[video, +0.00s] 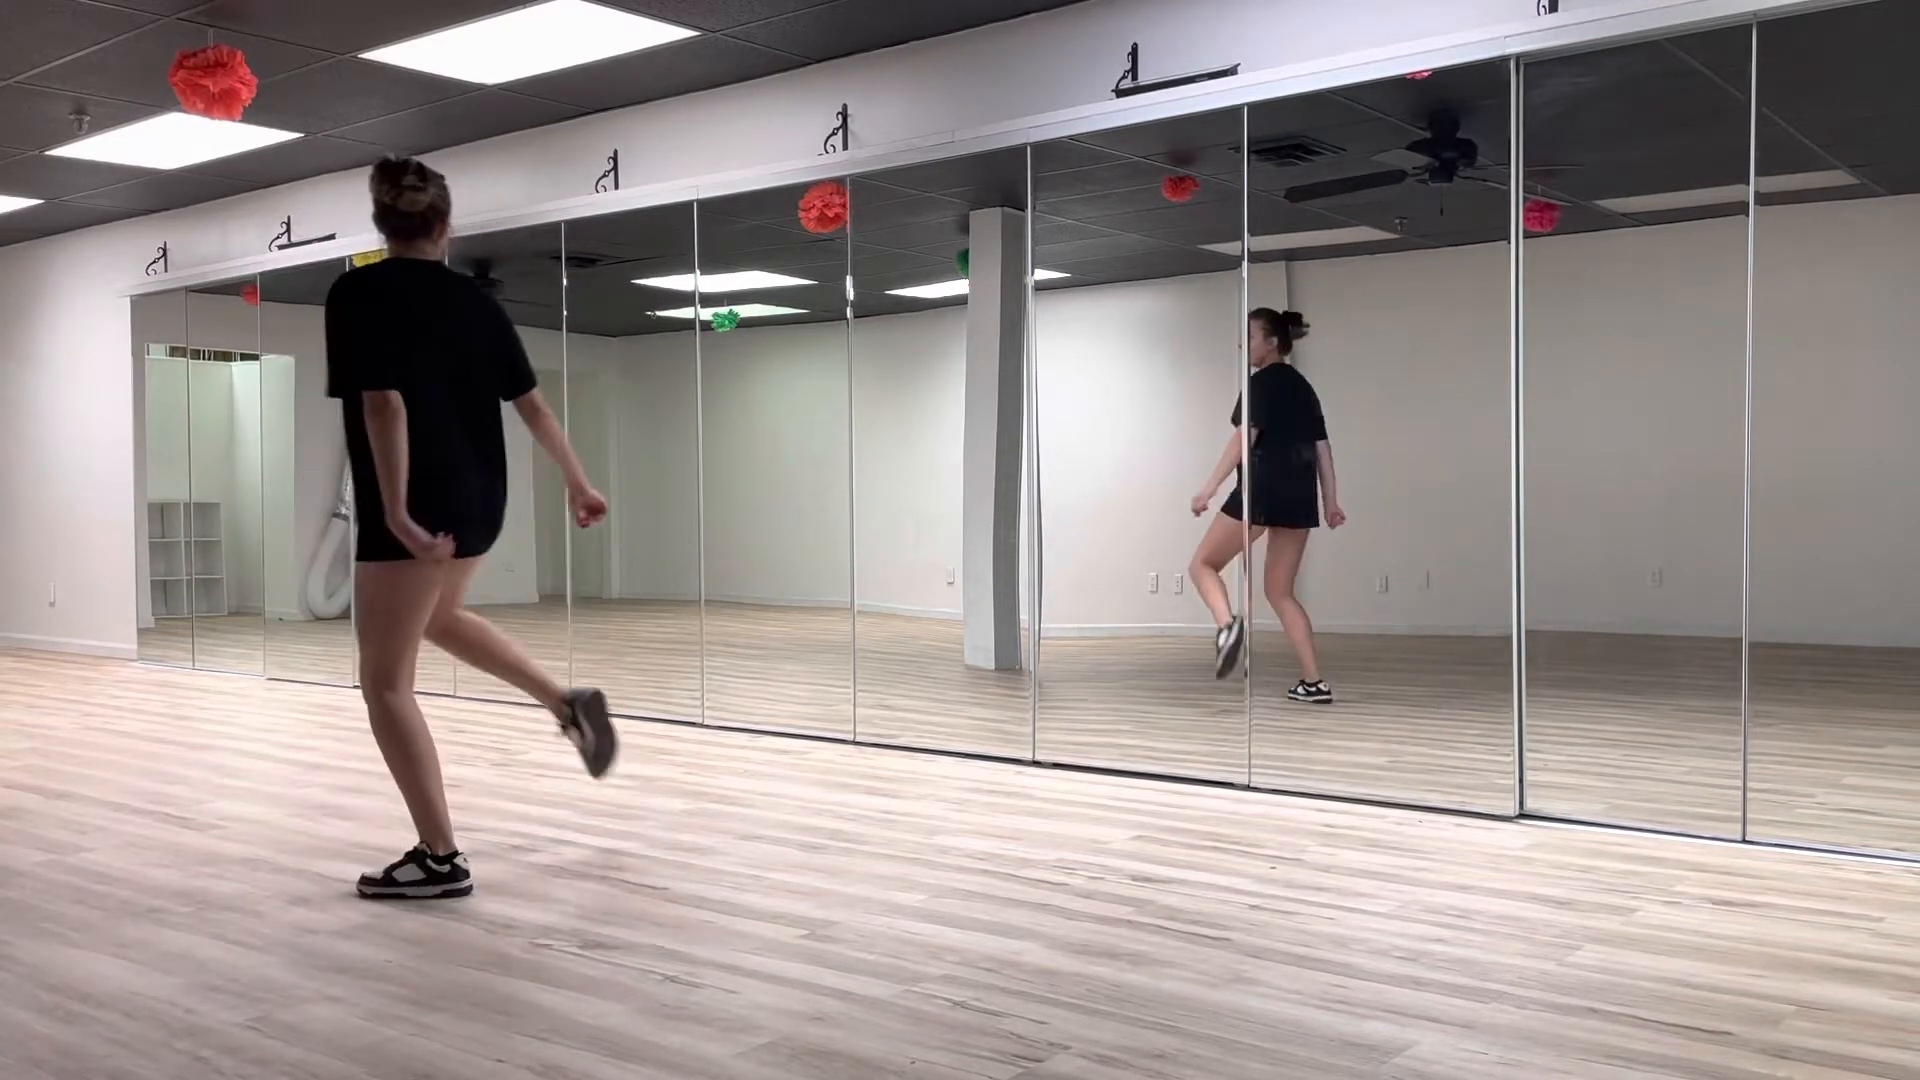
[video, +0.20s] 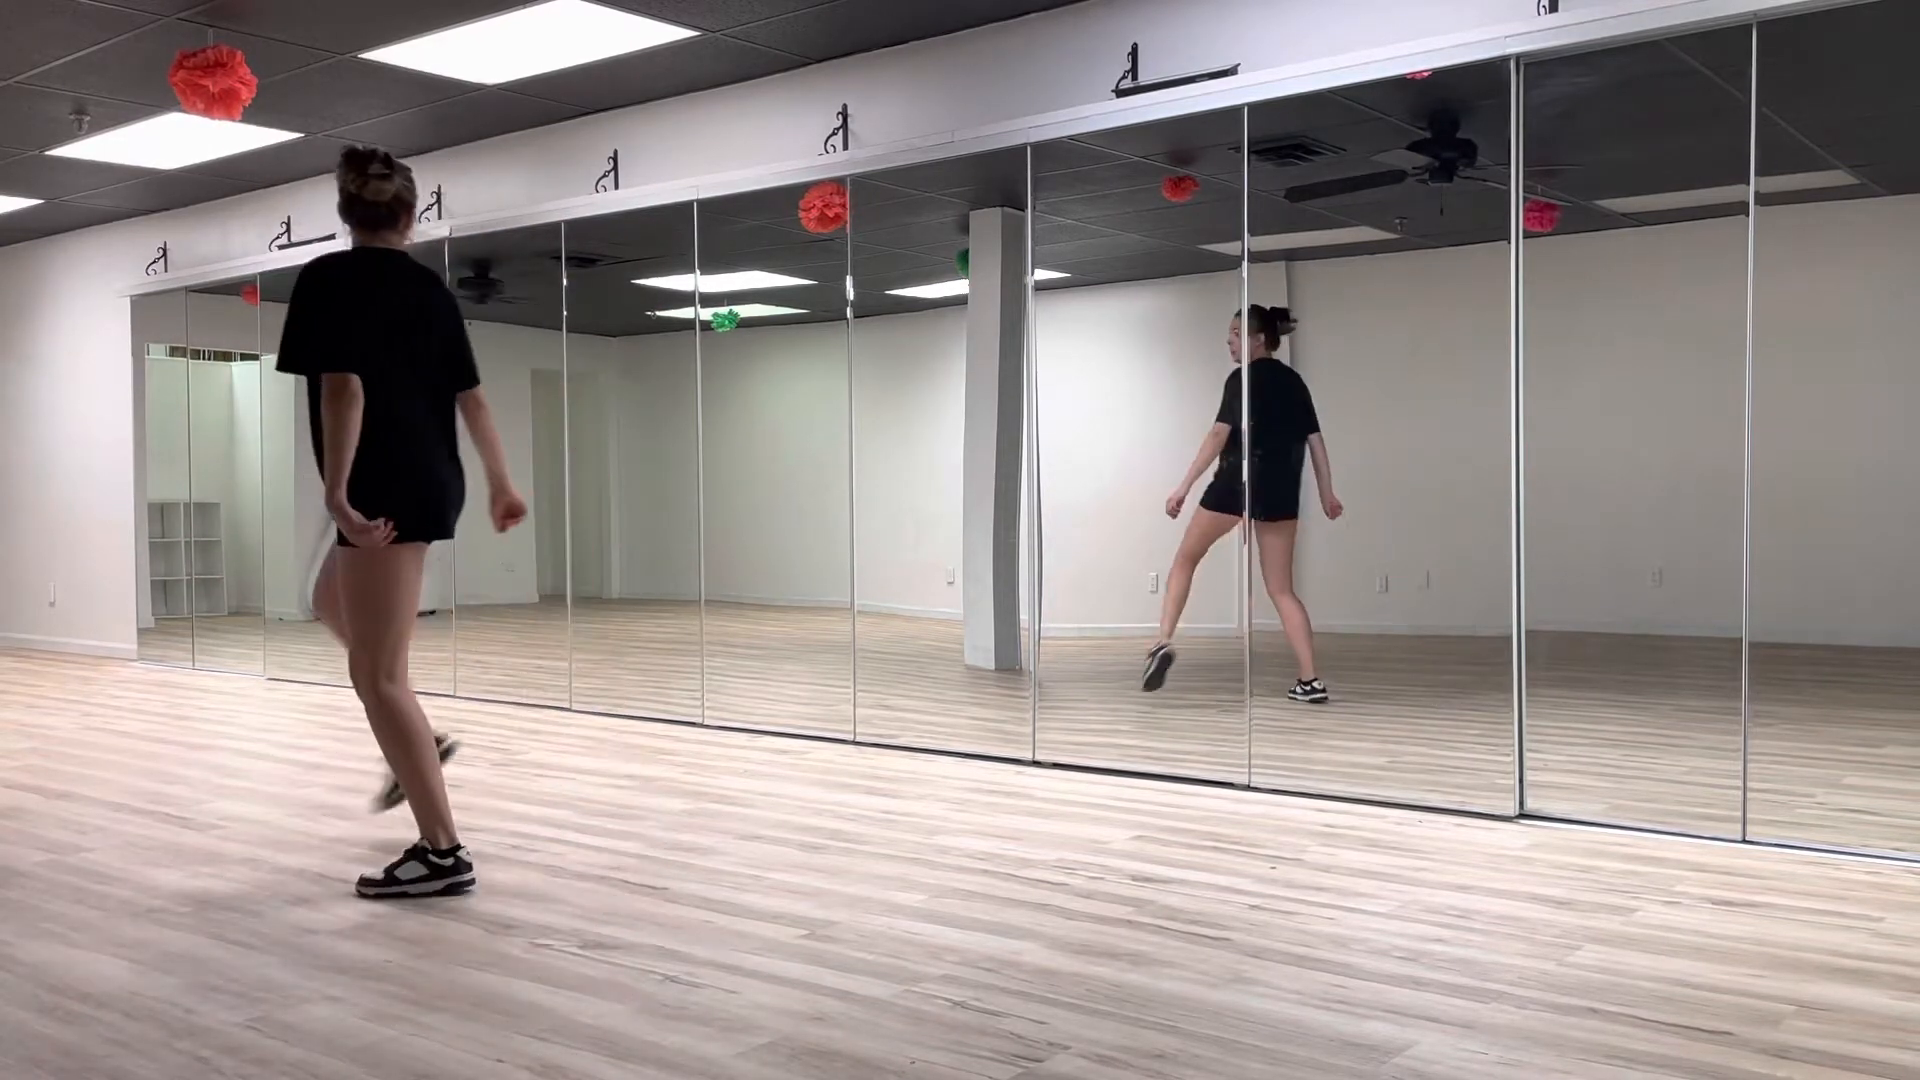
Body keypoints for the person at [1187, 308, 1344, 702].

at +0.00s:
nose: (1246, 343)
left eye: (1251, 336)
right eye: (1246, 336)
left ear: (1272, 341)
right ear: (1278, 342)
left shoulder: (1258, 385)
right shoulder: (1304, 387)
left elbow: (1241, 440)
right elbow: (1322, 447)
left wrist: (1208, 489)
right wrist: (1331, 500)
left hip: (1257, 494)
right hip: (1300, 499)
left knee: (1203, 566)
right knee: (1280, 591)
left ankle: (1226, 625)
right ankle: (1313, 681)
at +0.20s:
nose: (1229, 342)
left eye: (1236, 335)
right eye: (1230, 335)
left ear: (1258, 339)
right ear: (1266, 341)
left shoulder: (1241, 378)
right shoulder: (1295, 382)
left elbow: (1218, 436)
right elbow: (1315, 441)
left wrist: (1184, 485)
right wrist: (1327, 493)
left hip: (1234, 486)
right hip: (1283, 492)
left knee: (1186, 559)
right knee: (1282, 591)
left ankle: (1163, 640)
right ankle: (1309, 679)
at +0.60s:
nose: (1214, 360)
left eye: (1212, 355)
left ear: (1211, 358)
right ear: (1245, 358)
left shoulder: (1189, 399)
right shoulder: (1260, 402)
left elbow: (1164, 461)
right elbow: (1258, 471)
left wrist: (1167, 508)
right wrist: (1261, 530)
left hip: (1188, 509)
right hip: (1235, 510)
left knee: (1180, 593)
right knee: (1262, 594)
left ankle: (1147, 682)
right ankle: (1284, 675)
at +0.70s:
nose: (1244, 370)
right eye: (1243, 364)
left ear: (1207, 365)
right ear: (1241, 366)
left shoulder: (1186, 407)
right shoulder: (1254, 408)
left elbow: (1147, 451)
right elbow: (1272, 467)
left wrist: (1181, 470)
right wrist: (1276, 491)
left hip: (1191, 517)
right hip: (1238, 518)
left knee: (1184, 597)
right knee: (1269, 601)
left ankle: (1147, 682)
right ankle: (1282, 678)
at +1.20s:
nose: (1247, 331)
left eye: (1239, 327)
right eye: (1246, 329)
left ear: (1214, 342)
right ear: (1248, 341)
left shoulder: (1204, 372)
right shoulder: (1260, 369)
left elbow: (1220, 319)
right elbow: (1265, 309)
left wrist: (1237, 265)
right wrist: (1263, 257)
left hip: (1214, 485)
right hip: (1258, 484)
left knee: (1193, 590)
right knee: (1275, 583)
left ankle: (1162, 679)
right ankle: (1292, 677)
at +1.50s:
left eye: (1236, 335)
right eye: (1261, 332)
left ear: (1229, 343)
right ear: (1266, 340)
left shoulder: (1216, 378)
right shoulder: (1276, 370)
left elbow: (1174, 349)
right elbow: (1278, 310)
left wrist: (1213, 314)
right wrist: (1274, 253)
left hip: (1228, 490)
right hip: (1275, 486)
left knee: (1209, 584)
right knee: (1282, 585)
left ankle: (1167, 671)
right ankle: (1291, 679)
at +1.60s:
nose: (1227, 350)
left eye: (1229, 343)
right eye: (1277, 330)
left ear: (1235, 344)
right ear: (1273, 339)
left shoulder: (1224, 377)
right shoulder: (1286, 365)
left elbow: (1162, 396)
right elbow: (1281, 308)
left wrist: (1190, 354)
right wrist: (1276, 254)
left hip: (1227, 484)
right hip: (1274, 483)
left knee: (1206, 574)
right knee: (1283, 583)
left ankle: (1169, 660)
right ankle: (1291, 676)